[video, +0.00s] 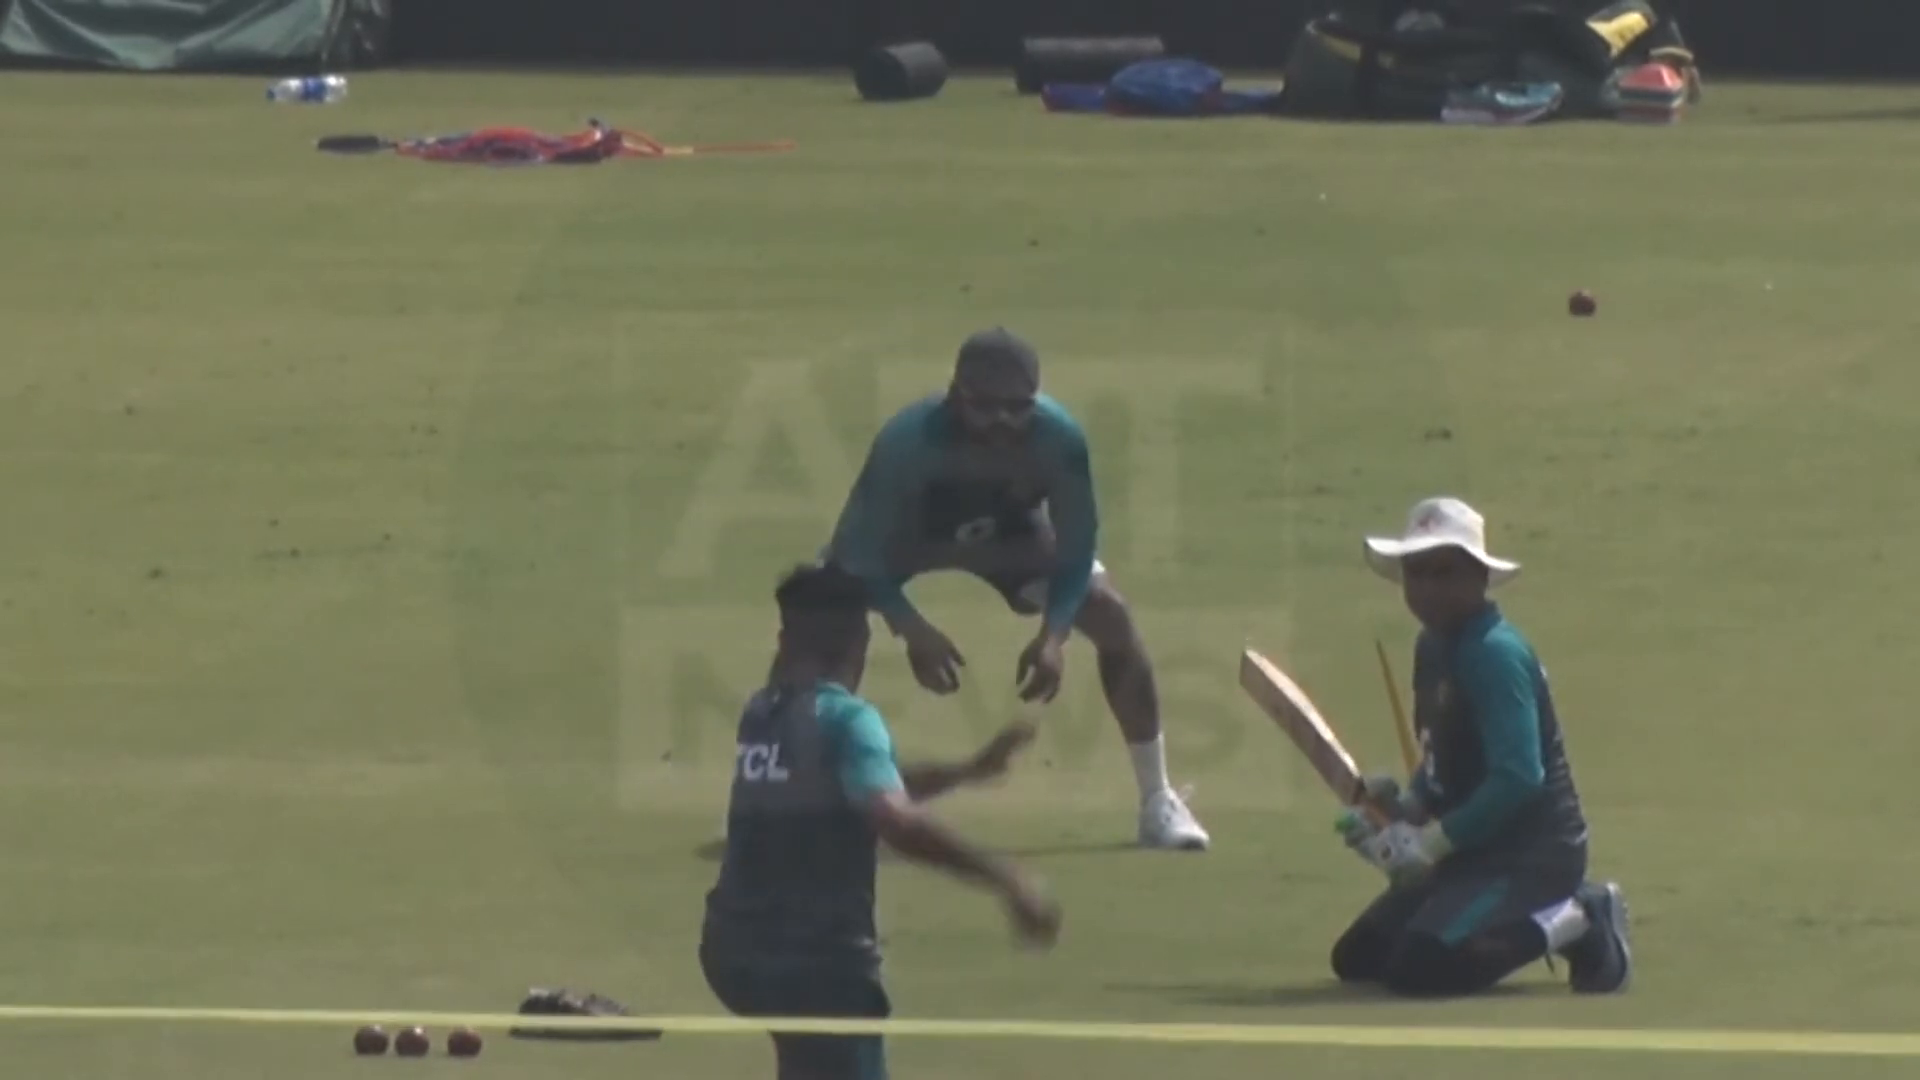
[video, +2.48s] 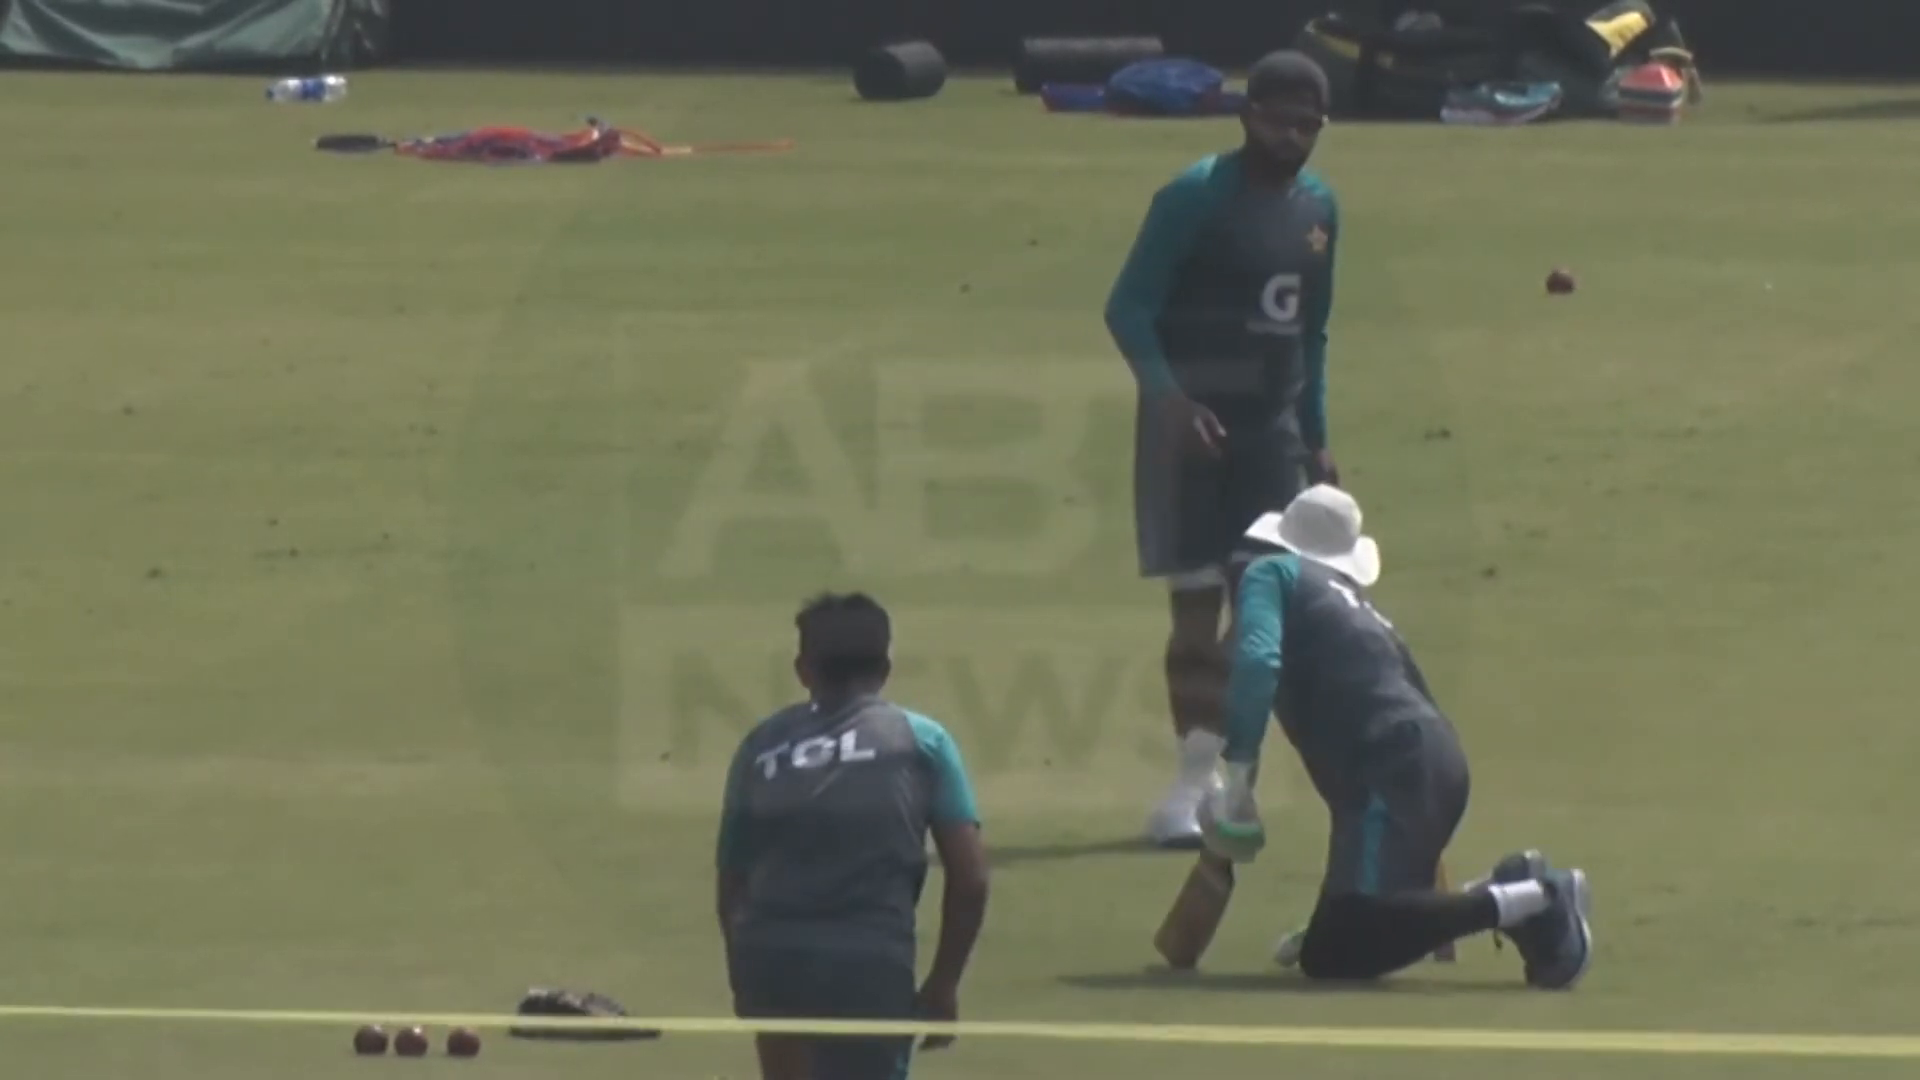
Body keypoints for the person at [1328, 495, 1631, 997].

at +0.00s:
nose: (1420, 588)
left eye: (1438, 572)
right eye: (1412, 573)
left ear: (1476, 578)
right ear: (1400, 578)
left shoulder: (1495, 653)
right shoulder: (1434, 647)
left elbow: (1519, 778)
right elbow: (1447, 764)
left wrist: (1432, 843)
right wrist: (1403, 809)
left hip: (1534, 857)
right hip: (1480, 850)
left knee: (1416, 970)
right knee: (1357, 958)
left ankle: (1579, 919)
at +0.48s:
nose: (1414, 586)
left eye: (1432, 570)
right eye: (1407, 571)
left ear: (1470, 576)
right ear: (1396, 576)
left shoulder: (1492, 650)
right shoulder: (1434, 642)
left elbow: (1483, 780)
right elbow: (1443, 757)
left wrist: (1395, 797)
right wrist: (1388, 758)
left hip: (1524, 859)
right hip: (1466, 853)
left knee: (1415, 970)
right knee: (1356, 959)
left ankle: (1577, 920)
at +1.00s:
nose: (1333, 563)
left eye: (1344, 552)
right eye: (1337, 551)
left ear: (1377, 559)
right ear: (1394, 563)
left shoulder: (1408, 603)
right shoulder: (1387, 660)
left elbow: (1297, 625)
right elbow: (1292, 737)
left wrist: (1191, 640)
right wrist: (1180, 703)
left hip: (1489, 846)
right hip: (1446, 851)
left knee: (1416, 968)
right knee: (1335, 955)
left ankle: (1576, 915)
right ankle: (1520, 923)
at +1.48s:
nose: (1271, 526)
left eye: (1280, 521)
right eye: (1275, 519)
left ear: (1298, 524)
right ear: (1350, 540)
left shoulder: (1285, 549)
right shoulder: (1357, 596)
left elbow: (1181, 636)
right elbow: (1334, 757)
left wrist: (1155, 698)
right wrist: (1230, 753)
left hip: (1392, 762)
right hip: (1421, 764)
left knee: (1337, 944)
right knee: (1337, 946)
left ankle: (1529, 904)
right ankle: (1511, 901)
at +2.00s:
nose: (1249, 544)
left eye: (1257, 538)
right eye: (1254, 538)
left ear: (1271, 539)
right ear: (1325, 556)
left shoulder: (1256, 556)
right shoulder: (1339, 605)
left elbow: (1229, 651)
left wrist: (1220, 773)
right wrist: (1325, 919)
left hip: (1370, 731)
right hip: (1412, 756)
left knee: (1343, 867)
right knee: (1332, 955)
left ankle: (1525, 841)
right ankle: (1510, 908)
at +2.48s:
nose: (1254, 556)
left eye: (1265, 548)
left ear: (1285, 548)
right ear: (1338, 561)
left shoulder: (1271, 572)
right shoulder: (1356, 604)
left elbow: (1258, 662)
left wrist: (1239, 774)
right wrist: (1327, 928)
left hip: (1395, 772)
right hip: (1436, 767)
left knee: (1334, 953)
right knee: (1353, 933)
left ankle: (1527, 902)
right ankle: (1503, 895)